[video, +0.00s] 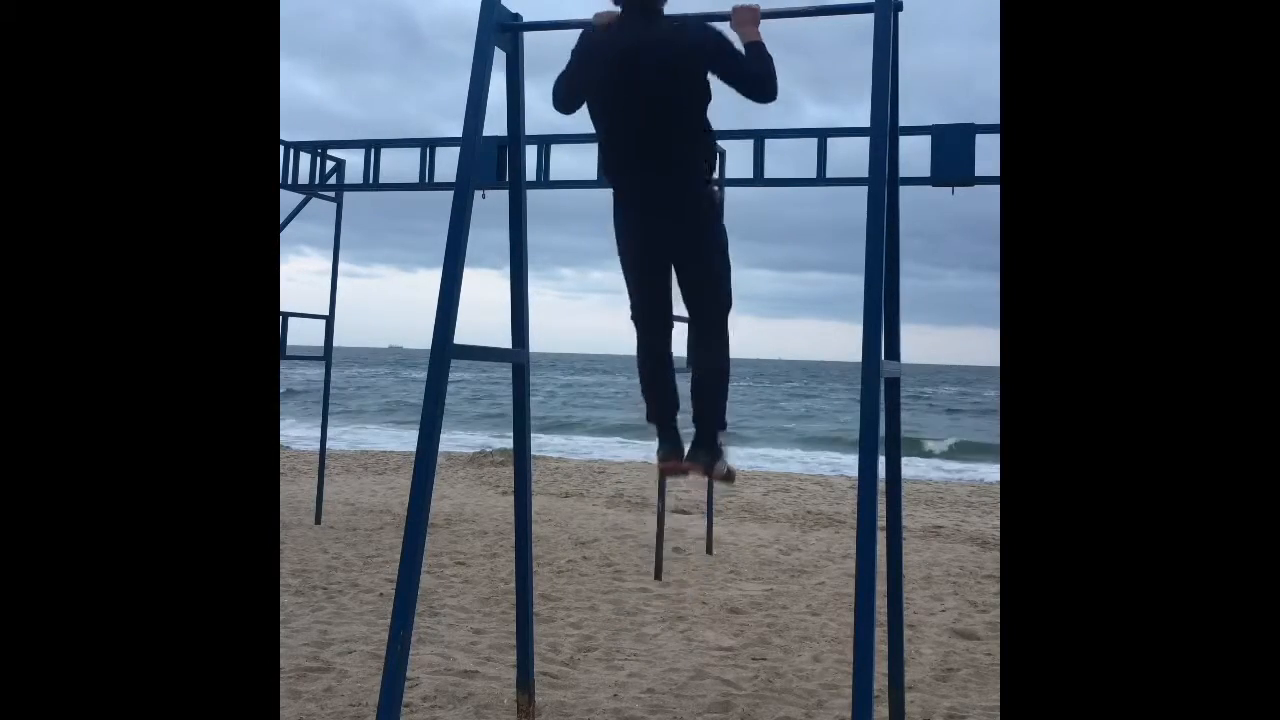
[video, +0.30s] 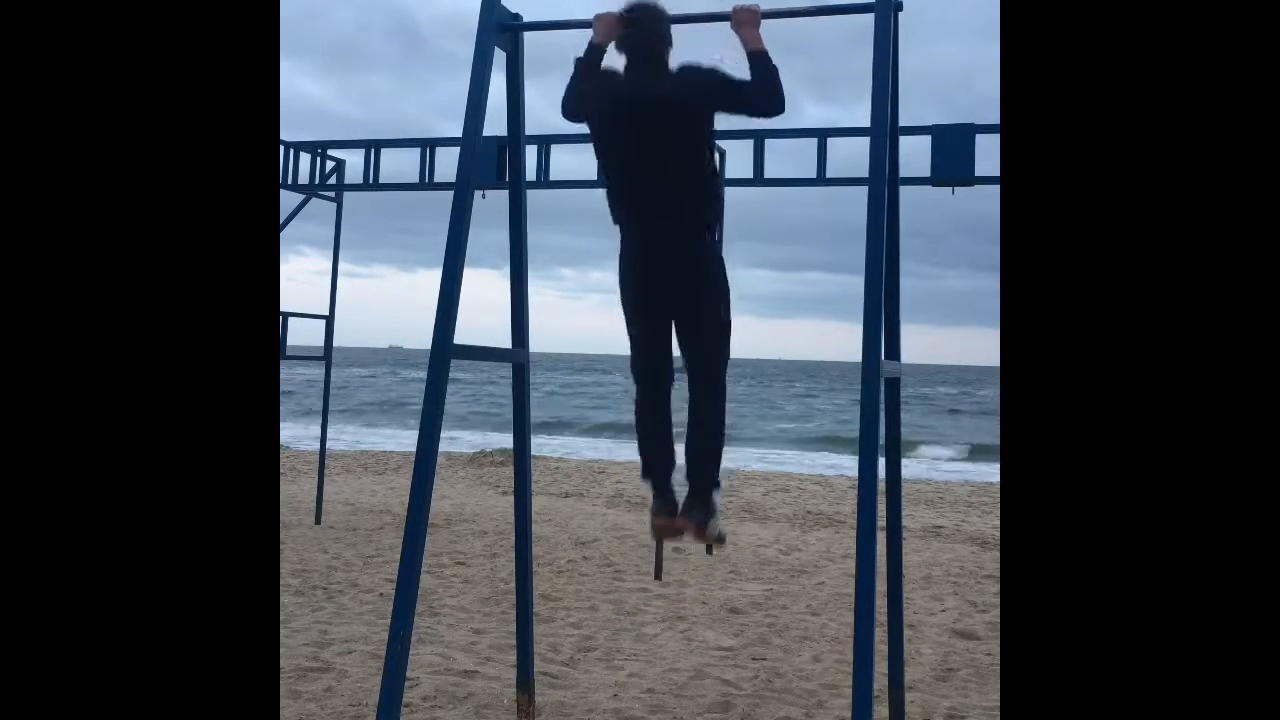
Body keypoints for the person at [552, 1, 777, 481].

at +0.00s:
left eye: (618, 4)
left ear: (618, 3)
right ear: (664, 1)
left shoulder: (599, 41)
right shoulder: (693, 34)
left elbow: (564, 99)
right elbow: (762, 88)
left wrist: (594, 33)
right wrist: (750, 36)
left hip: (634, 206)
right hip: (693, 203)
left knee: (651, 324)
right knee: (710, 321)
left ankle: (668, 445)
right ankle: (706, 448)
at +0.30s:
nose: (657, 45)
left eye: (638, 34)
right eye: (661, 35)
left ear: (622, 46)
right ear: (668, 44)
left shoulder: (603, 94)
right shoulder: (697, 86)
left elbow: (571, 104)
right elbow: (770, 101)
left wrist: (597, 43)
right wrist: (754, 41)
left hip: (639, 261)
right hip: (698, 259)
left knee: (650, 381)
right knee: (707, 381)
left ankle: (662, 503)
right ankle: (700, 504)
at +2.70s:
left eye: (621, 5)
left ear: (622, 3)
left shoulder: (601, 39)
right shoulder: (694, 32)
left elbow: (568, 103)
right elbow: (759, 92)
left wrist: (595, 36)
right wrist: (751, 38)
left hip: (633, 206)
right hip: (691, 202)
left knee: (651, 327)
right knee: (709, 321)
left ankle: (670, 445)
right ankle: (710, 448)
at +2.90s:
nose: (652, 64)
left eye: (631, 56)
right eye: (659, 54)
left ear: (622, 65)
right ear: (668, 60)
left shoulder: (605, 111)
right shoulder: (698, 104)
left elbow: (575, 101)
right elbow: (769, 103)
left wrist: (598, 44)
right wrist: (753, 42)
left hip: (640, 280)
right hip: (699, 279)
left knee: (648, 400)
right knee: (706, 401)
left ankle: (655, 521)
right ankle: (694, 525)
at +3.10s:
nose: (680, 119)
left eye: (666, 115)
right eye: (678, 114)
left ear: (628, 127)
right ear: (677, 122)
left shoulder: (617, 162)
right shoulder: (706, 156)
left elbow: (591, 112)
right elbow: (761, 111)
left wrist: (600, 46)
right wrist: (750, 43)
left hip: (646, 328)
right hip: (702, 329)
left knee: (641, 461)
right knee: (699, 466)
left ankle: (635, 589)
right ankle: (675, 594)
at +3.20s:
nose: (686, 128)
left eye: (677, 125)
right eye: (682, 124)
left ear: (632, 143)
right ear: (679, 137)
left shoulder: (623, 172)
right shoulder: (708, 165)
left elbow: (592, 114)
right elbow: (760, 114)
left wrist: (601, 46)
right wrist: (750, 47)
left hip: (647, 340)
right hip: (702, 341)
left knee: (639, 472)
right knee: (696, 479)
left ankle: (630, 603)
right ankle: (671, 608)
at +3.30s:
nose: (685, 126)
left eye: (676, 123)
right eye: (681, 123)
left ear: (632, 141)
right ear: (679, 135)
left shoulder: (623, 171)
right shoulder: (709, 165)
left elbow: (593, 114)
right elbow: (760, 113)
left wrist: (601, 46)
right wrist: (750, 45)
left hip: (646, 340)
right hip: (701, 341)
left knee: (638, 475)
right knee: (696, 479)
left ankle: (630, 605)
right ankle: (671, 608)